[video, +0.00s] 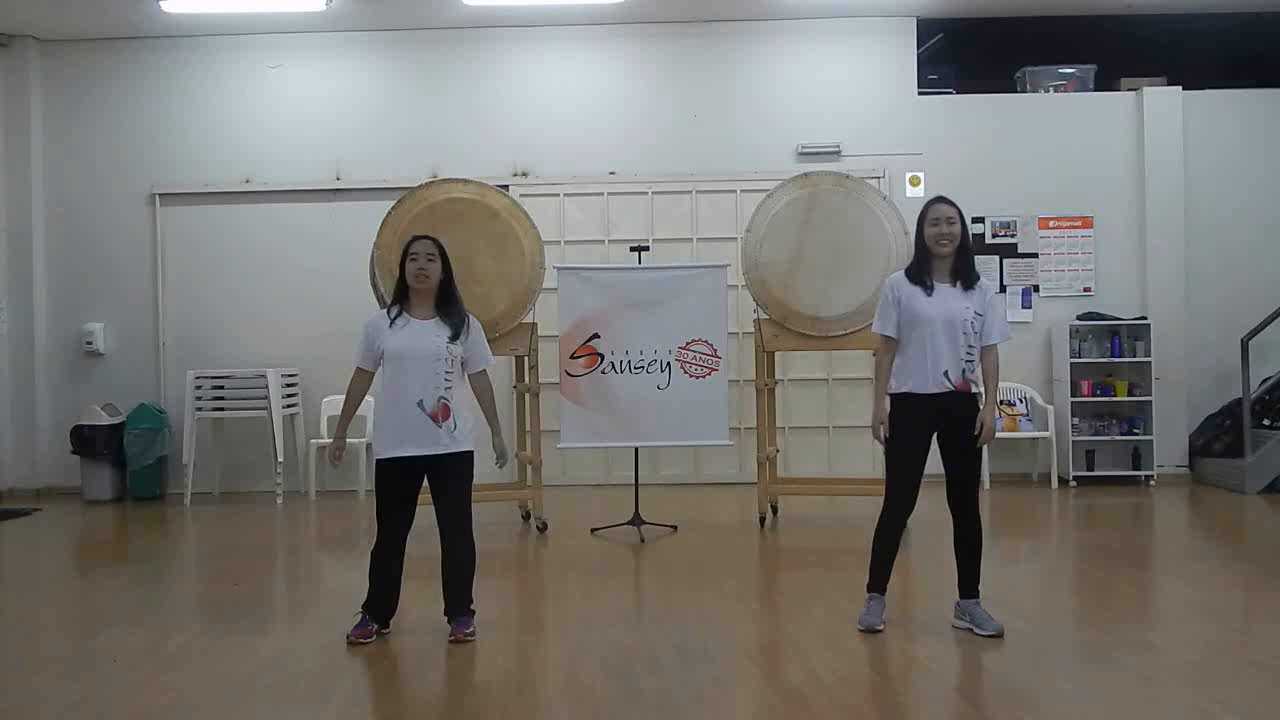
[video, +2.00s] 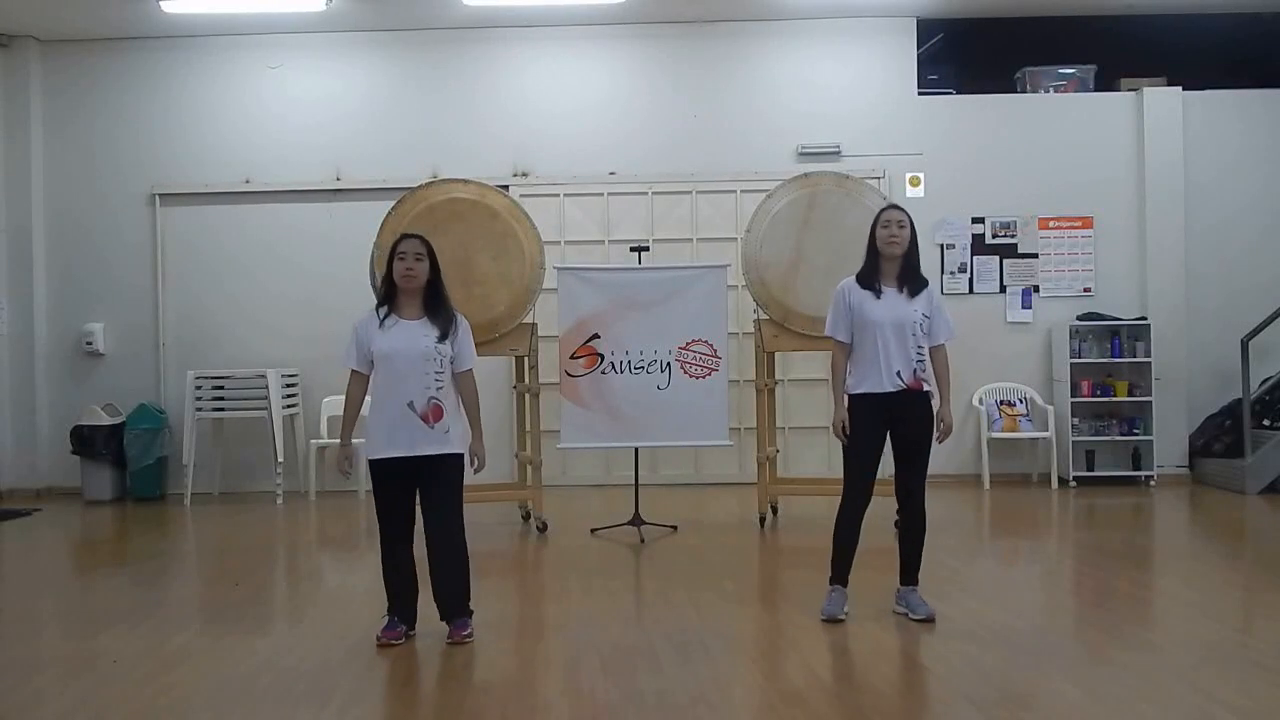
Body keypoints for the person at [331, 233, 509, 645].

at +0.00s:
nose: (421, 265)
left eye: (430, 259)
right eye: (413, 258)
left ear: (444, 270)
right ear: (403, 269)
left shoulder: (464, 325)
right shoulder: (380, 325)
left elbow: (480, 380)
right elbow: (361, 378)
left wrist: (498, 434)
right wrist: (340, 434)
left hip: (452, 447)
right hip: (396, 449)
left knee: (457, 534)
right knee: (389, 536)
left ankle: (461, 614)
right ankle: (375, 615)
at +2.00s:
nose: (409, 265)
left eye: (418, 259)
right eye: (401, 258)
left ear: (431, 269)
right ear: (390, 267)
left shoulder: (452, 324)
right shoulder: (370, 325)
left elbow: (466, 380)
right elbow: (357, 382)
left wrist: (476, 434)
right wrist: (345, 440)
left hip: (443, 448)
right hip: (388, 450)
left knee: (447, 535)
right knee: (395, 538)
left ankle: (458, 616)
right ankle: (400, 617)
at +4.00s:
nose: (431, 273)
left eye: (442, 267)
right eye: (426, 265)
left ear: (458, 277)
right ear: (418, 273)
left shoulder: (476, 330)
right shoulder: (399, 326)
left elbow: (497, 381)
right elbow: (390, 377)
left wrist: (506, 412)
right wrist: (351, 412)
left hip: (460, 450)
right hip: (409, 450)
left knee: (458, 532)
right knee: (403, 529)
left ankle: (460, 614)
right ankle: (425, 596)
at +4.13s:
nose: (425, 268)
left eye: (437, 262)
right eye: (421, 260)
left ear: (453, 274)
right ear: (413, 268)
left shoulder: (467, 324)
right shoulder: (394, 321)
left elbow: (479, 381)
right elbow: (371, 370)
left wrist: (462, 369)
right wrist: (324, 368)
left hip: (453, 448)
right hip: (402, 446)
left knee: (455, 535)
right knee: (385, 524)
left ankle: (459, 616)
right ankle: (401, 592)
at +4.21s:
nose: (419, 262)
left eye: (431, 258)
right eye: (414, 255)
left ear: (447, 270)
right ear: (406, 264)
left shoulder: (457, 319)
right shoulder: (384, 318)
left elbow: (454, 371)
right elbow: (359, 368)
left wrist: (417, 340)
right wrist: (339, 344)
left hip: (445, 445)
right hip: (392, 444)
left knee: (452, 531)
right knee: (375, 529)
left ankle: (459, 616)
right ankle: (370, 611)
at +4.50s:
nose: (390, 263)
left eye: (399, 258)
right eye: (382, 257)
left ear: (413, 272)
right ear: (371, 271)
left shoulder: (428, 321)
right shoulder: (352, 322)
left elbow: (447, 368)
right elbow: (310, 361)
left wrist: (430, 359)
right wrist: (284, 355)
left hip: (411, 448)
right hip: (357, 449)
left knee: (425, 533)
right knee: (356, 537)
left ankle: (452, 614)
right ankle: (360, 619)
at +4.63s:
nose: (375, 267)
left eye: (382, 261)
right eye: (366, 262)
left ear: (395, 274)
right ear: (354, 277)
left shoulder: (421, 326)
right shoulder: (337, 330)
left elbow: (462, 361)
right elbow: (288, 368)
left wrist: (503, 367)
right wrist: (222, 378)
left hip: (405, 450)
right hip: (351, 452)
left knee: (406, 532)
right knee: (351, 539)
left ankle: (417, 607)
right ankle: (360, 618)